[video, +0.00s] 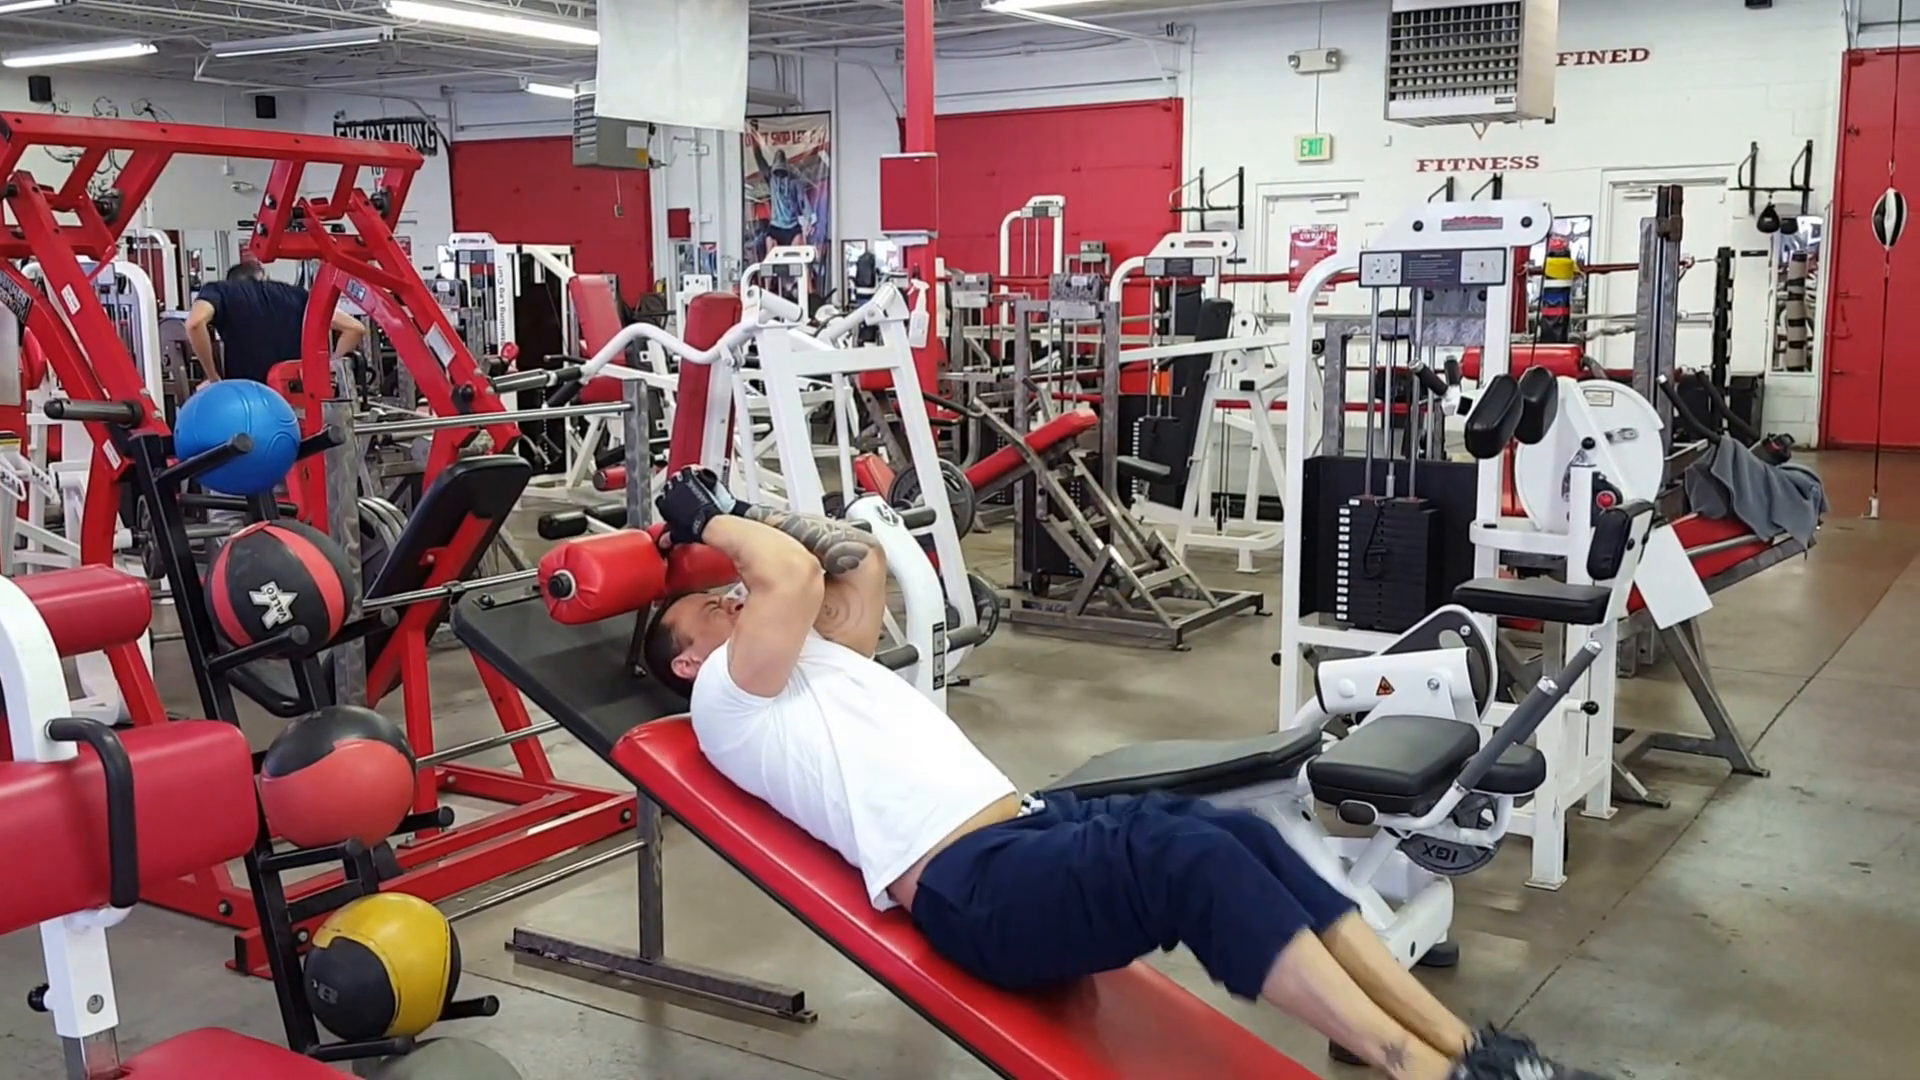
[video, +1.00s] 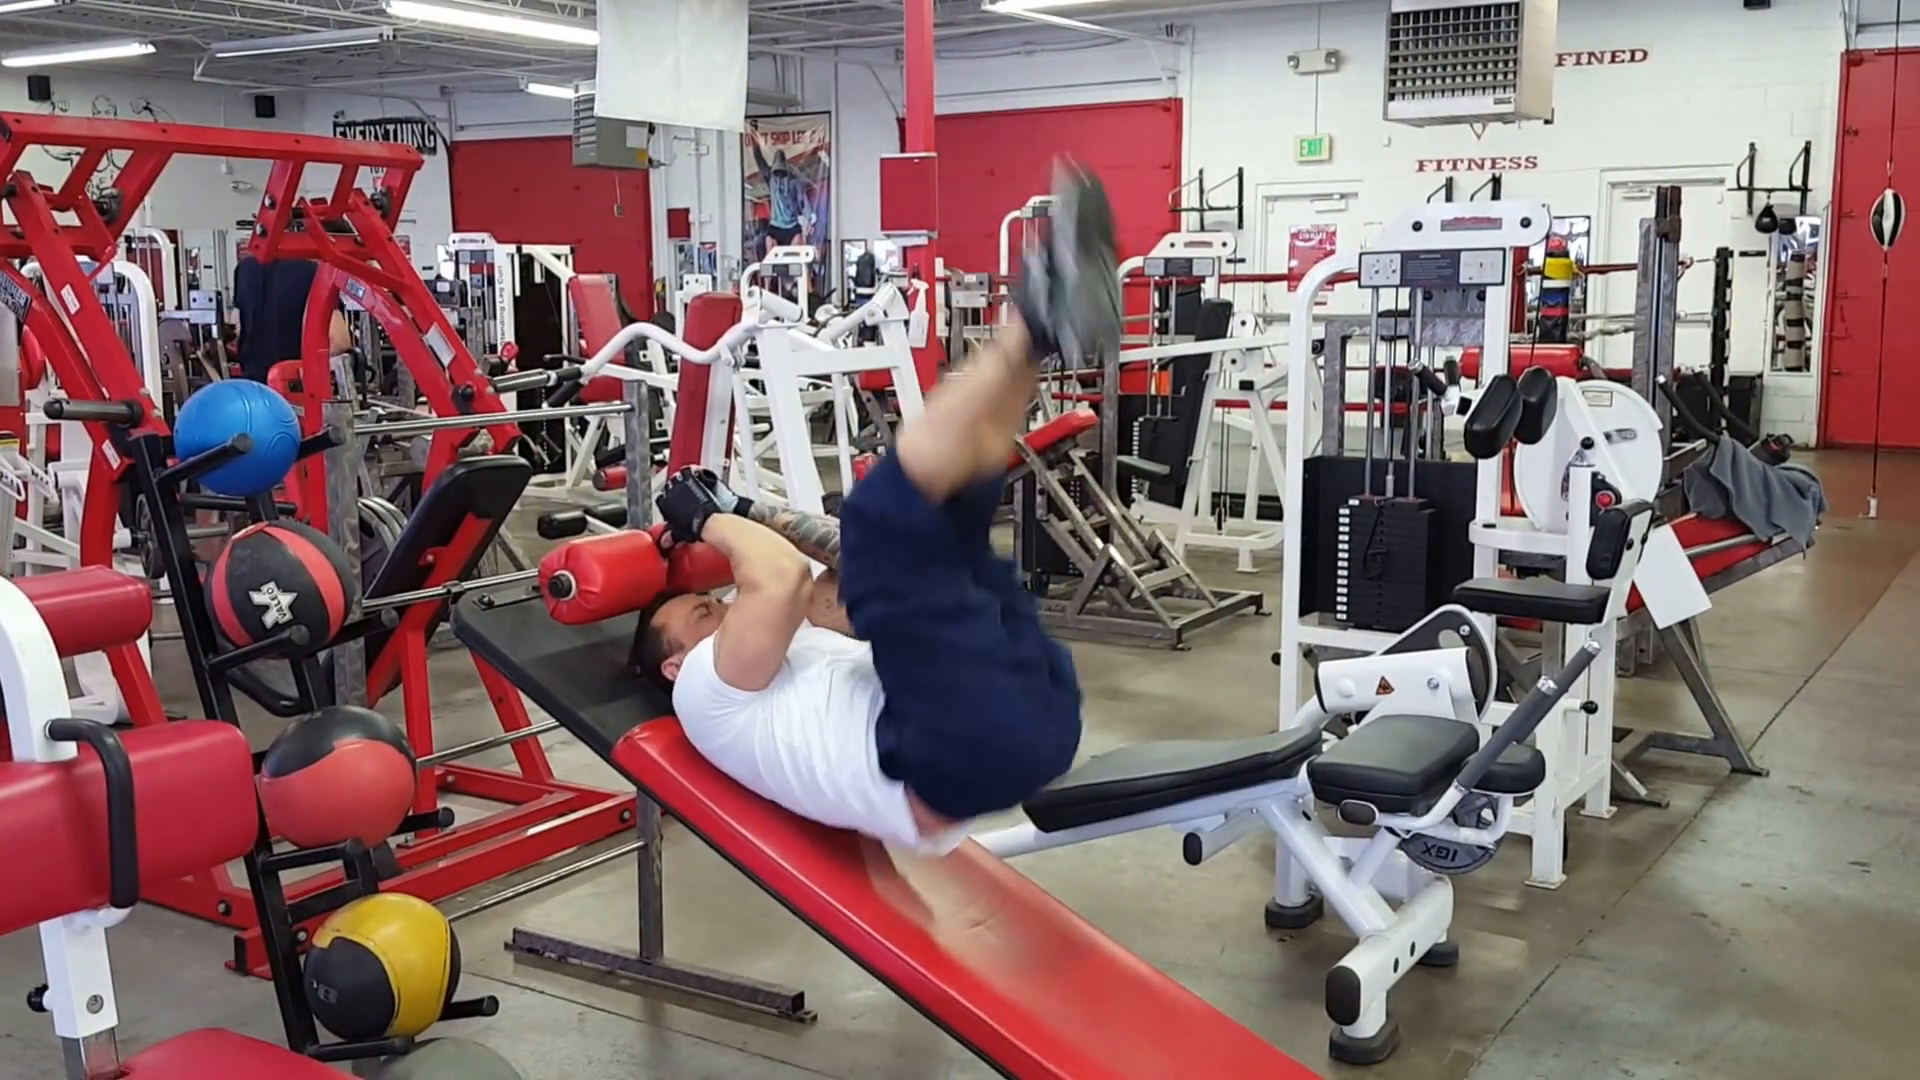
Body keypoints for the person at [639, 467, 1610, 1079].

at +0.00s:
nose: (735, 601)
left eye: (728, 593)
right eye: (710, 603)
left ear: (740, 610)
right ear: (684, 644)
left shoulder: (827, 665)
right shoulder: (722, 698)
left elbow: (868, 561)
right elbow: (790, 572)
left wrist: (765, 546)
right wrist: (709, 528)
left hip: (1041, 821)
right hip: (968, 874)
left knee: (1248, 838)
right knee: (1194, 854)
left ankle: (1454, 1042)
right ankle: (1397, 1059)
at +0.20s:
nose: (725, 603)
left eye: (716, 597)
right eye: (702, 607)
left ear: (722, 621)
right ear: (682, 655)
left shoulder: (818, 655)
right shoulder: (720, 702)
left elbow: (866, 559)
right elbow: (792, 569)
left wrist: (770, 527)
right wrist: (713, 525)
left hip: (1013, 838)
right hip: (958, 879)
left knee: (1156, 678)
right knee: (1103, 711)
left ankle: (1362, 829)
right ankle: (1325, 837)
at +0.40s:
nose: (725, 605)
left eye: (720, 597)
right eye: (701, 608)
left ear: (742, 603)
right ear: (671, 660)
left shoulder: (805, 656)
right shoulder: (707, 694)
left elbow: (863, 562)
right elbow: (785, 573)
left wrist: (756, 529)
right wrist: (711, 521)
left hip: (1025, 816)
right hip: (962, 840)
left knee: (970, 595)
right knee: (942, 600)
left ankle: (1163, 502)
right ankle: (1155, 500)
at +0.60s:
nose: (715, 605)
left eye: (708, 600)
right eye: (694, 612)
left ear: (721, 604)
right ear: (671, 663)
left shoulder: (786, 669)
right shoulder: (702, 695)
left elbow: (841, 610)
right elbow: (783, 574)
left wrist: (768, 553)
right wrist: (709, 519)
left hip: (1031, 713)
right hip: (967, 744)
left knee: (940, 508)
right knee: (874, 506)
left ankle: (1013, 306)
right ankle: (997, 296)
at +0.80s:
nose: (721, 606)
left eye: (712, 603)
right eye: (697, 613)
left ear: (728, 612)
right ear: (668, 660)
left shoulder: (780, 665)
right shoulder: (700, 691)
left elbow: (864, 595)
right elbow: (774, 569)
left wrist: (781, 544)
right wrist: (704, 516)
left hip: (1026, 675)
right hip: (964, 694)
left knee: (963, 454)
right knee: (902, 448)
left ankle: (986, 214)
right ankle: (955, 195)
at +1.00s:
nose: (722, 612)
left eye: (715, 607)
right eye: (699, 617)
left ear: (727, 614)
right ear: (672, 666)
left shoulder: (795, 664)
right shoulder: (704, 696)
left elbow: (848, 604)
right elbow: (781, 574)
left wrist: (754, 527)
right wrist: (706, 517)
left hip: (1039, 719)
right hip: (966, 753)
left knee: (940, 524)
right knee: (879, 515)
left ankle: (1039, 331)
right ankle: (1027, 328)